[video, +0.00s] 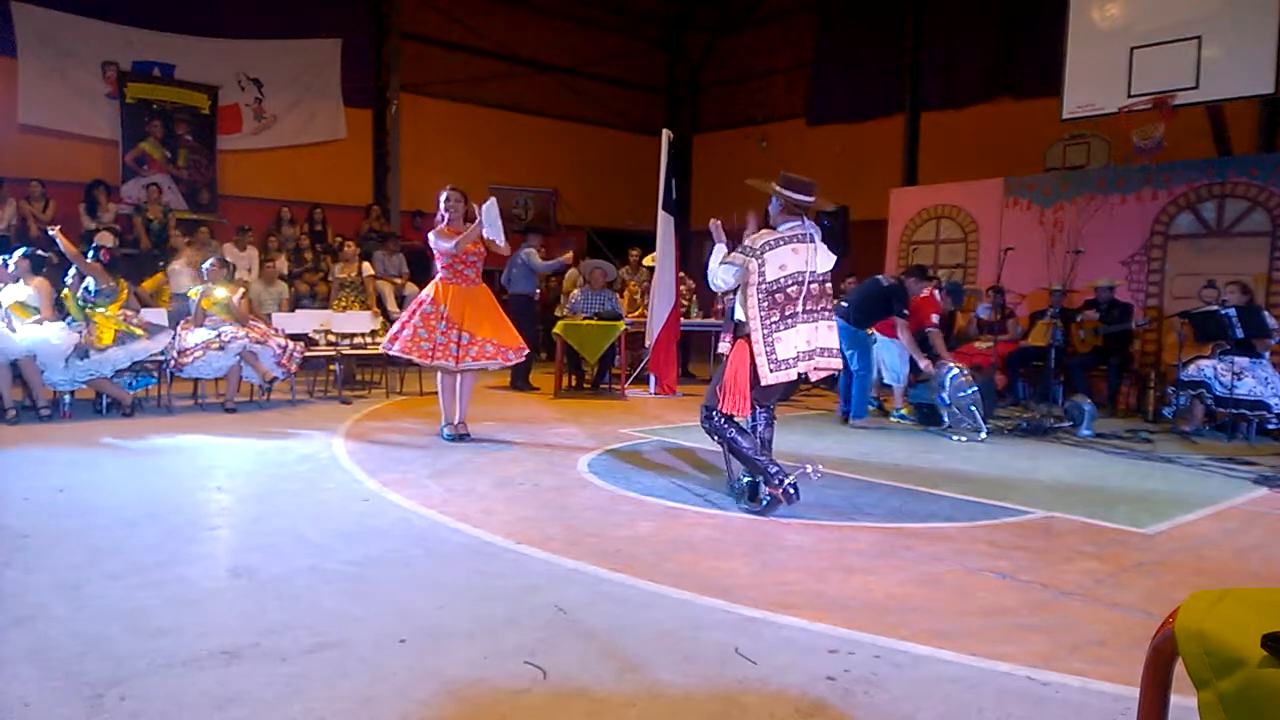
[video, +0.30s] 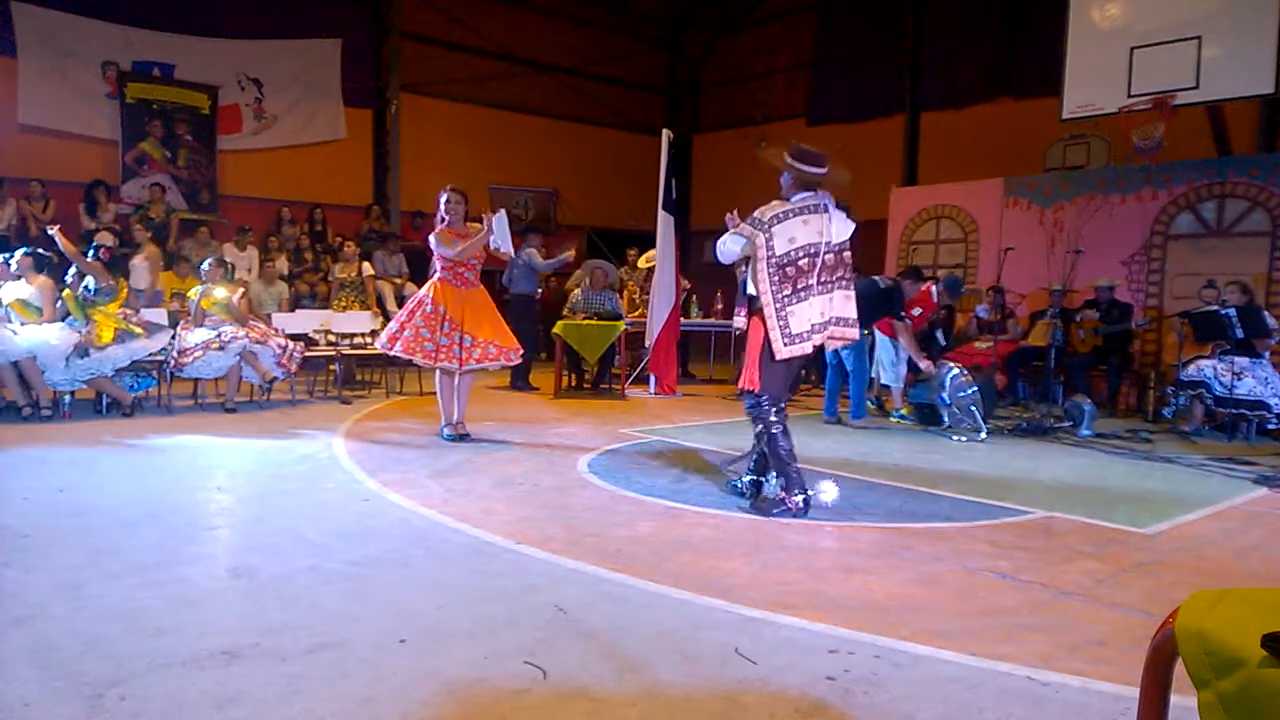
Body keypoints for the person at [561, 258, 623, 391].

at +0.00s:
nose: (598, 280)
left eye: (600, 277)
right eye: (595, 276)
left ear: (605, 279)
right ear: (589, 278)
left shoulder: (611, 295)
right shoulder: (577, 293)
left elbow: (619, 315)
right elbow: (566, 312)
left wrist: (601, 317)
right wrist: (578, 317)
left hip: (602, 331)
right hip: (580, 330)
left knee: (609, 350)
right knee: (571, 347)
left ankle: (597, 381)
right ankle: (579, 377)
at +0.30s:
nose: (597, 280)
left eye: (600, 277)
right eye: (595, 276)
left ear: (605, 279)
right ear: (590, 278)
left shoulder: (612, 295)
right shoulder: (577, 293)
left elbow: (619, 315)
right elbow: (565, 313)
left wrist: (599, 316)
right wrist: (575, 317)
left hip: (603, 332)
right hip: (580, 331)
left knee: (609, 349)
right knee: (570, 346)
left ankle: (597, 381)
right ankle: (579, 377)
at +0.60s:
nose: (599, 278)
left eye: (602, 275)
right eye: (597, 275)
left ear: (606, 278)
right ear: (590, 277)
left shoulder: (612, 296)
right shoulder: (577, 294)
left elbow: (620, 316)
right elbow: (565, 313)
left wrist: (598, 317)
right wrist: (575, 317)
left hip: (603, 332)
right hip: (580, 331)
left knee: (610, 349)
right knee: (570, 345)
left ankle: (597, 380)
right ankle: (579, 377)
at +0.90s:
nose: (595, 277)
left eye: (598, 275)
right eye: (593, 274)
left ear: (604, 278)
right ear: (589, 277)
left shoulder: (613, 296)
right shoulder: (578, 293)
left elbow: (620, 317)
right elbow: (565, 312)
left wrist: (599, 317)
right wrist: (576, 317)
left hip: (603, 333)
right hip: (581, 332)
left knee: (610, 349)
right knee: (570, 345)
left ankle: (597, 380)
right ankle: (578, 378)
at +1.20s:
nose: (597, 277)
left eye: (599, 273)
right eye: (595, 273)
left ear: (604, 277)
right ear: (590, 276)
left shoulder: (613, 295)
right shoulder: (579, 293)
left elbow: (620, 313)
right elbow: (565, 311)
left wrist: (598, 315)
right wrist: (578, 318)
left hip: (603, 333)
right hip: (582, 332)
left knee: (610, 349)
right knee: (570, 346)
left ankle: (597, 380)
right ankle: (578, 378)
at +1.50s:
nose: (590, 276)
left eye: (594, 273)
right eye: (591, 273)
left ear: (602, 277)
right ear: (588, 275)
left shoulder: (613, 295)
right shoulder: (579, 293)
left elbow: (619, 312)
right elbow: (563, 309)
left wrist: (598, 314)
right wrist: (575, 318)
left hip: (603, 333)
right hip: (581, 331)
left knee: (610, 349)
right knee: (569, 345)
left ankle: (597, 380)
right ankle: (578, 377)